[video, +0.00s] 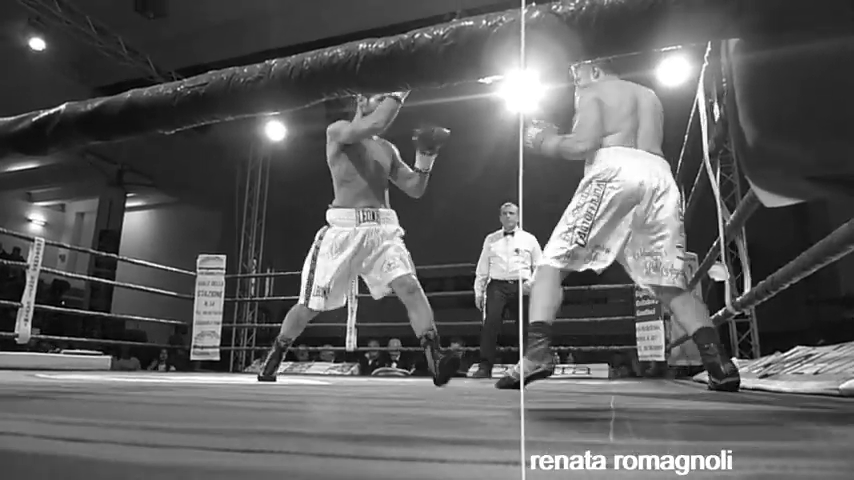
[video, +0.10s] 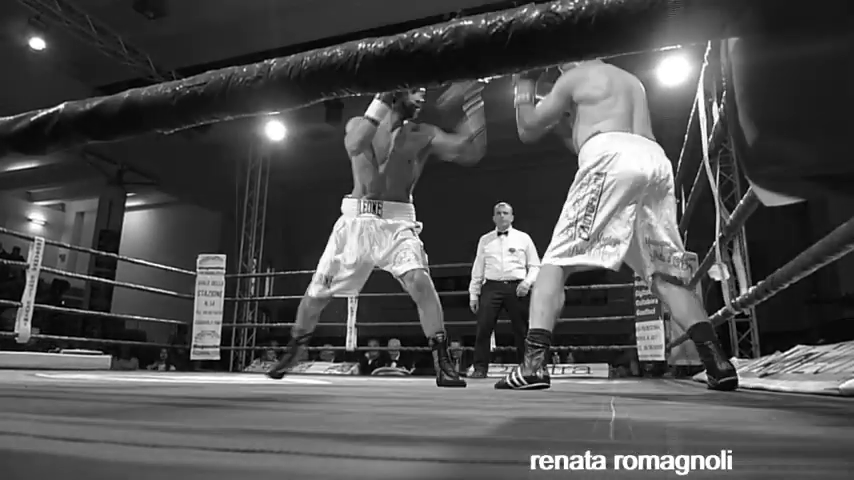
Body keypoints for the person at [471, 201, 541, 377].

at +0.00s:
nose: (508, 217)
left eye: (512, 213)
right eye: (505, 214)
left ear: (518, 216)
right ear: (500, 217)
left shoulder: (529, 240)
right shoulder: (491, 240)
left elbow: (539, 266)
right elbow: (482, 269)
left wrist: (532, 282)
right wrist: (479, 292)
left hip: (521, 285)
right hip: (497, 285)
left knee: (524, 324)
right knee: (491, 322)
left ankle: (526, 364)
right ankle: (485, 364)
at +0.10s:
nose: (502, 216)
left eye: (506, 213)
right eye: (499, 213)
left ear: (512, 217)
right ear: (494, 217)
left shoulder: (523, 239)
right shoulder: (485, 240)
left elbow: (535, 265)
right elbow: (477, 270)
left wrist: (527, 282)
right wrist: (473, 294)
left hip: (516, 287)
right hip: (491, 286)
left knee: (521, 328)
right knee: (483, 327)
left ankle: (526, 366)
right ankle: (480, 368)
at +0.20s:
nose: (499, 216)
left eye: (502, 213)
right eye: (495, 213)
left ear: (508, 217)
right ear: (489, 217)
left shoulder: (519, 239)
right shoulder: (480, 240)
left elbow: (530, 265)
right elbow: (473, 271)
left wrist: (525, 282)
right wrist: (470, 294)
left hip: (512, 286)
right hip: (487, 286)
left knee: (518, 329)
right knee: (483, 329)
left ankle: (523, 366)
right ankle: (480, 368)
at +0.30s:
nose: (496, 215)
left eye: (500, 212)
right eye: (492, 212)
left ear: (505, 216)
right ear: (487, 215)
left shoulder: (516, 237)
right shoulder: (477, 239)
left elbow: (525, 263)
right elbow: (470, 268)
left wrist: (521, 281)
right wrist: (467, 292)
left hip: (509, 285)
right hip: (485, 285)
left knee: (516, 327)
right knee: (483, 329)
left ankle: (522, 366)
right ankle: (481, 367)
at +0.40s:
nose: (497, 213)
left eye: (500, 210)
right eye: (493, 209)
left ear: (505, 214)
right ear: (486, 212)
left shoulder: (515, 235)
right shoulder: (475, 236)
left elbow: (525, 262)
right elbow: (465, 267)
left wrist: (519, 276)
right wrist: (464, 292)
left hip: (511, 282)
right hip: (485, 283)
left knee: (519, 324)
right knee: (483, 328)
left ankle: (524, 367)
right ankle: (480, 370)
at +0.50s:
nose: (499, 214)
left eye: (503, 211)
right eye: (496, 210)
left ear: (507, 215)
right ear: (488, 213)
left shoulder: (515, 236)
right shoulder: (476, 236)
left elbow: (525, 263)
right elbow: (466, 267)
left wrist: (521, 277)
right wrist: (464, 291)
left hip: (511, 284)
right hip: (486, 284)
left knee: (525, 321)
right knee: (484, 329)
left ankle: (531, 365)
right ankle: (481, 370)